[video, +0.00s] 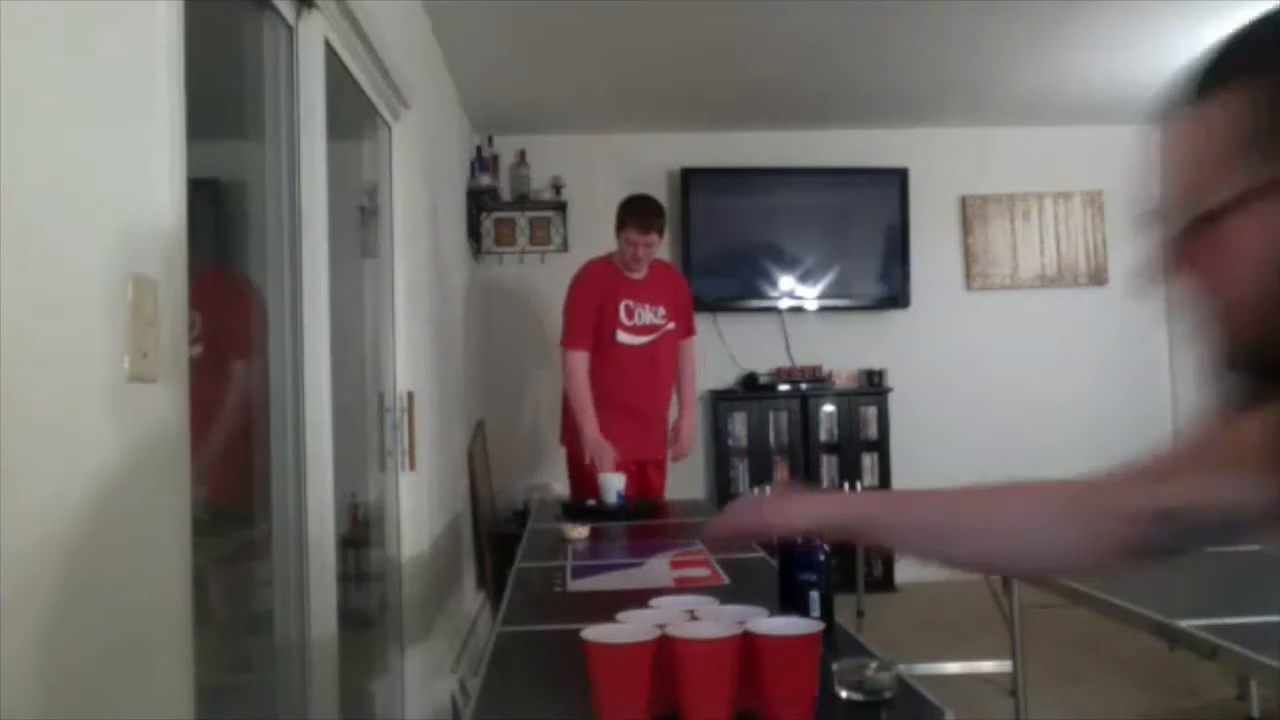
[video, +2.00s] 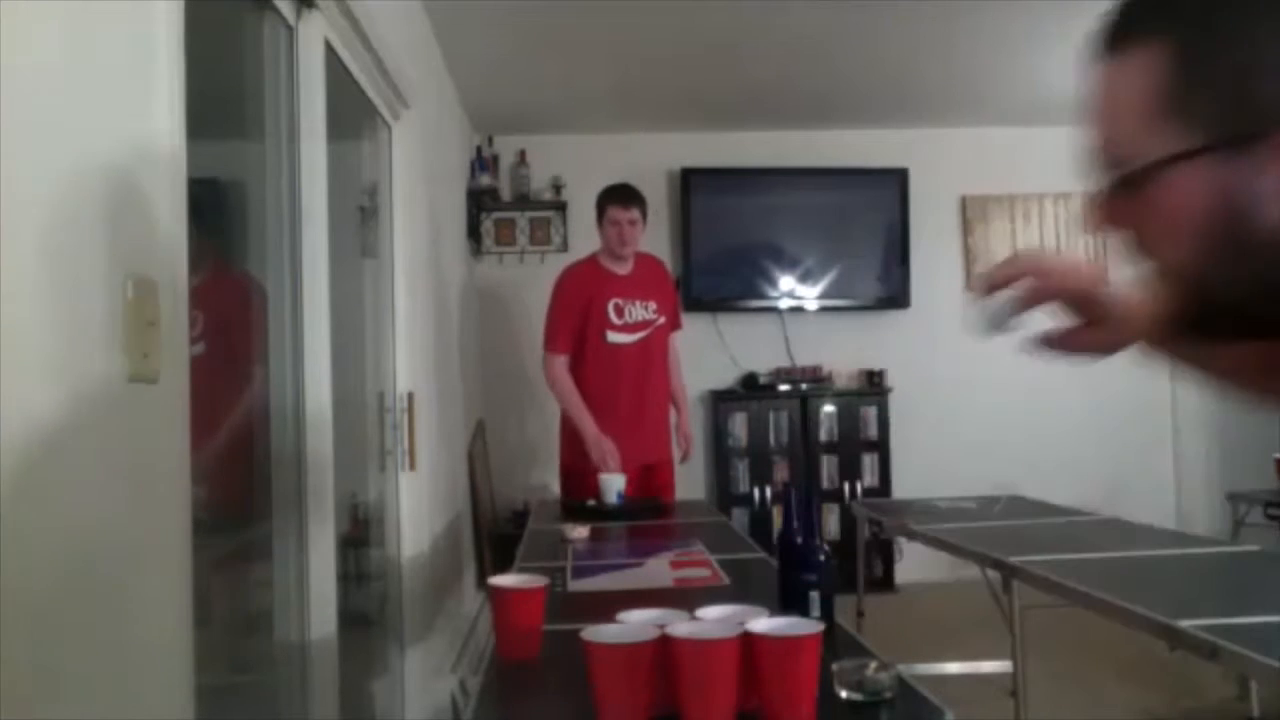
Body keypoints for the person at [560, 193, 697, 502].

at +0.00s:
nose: (640, 254)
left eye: (648, 245)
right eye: (631, 244)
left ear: (660, 241)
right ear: (618, 237)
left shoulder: (672, 281)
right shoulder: (592, 279)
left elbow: (685, 349)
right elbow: (575, 361)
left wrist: (685, 419)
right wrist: (591, 436)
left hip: (650, 439)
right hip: (600, 440)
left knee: (649, 540)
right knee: (603, 544)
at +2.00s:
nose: (624, 233)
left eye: (632, 224)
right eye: (614, 224)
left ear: (643, 227)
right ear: (600, 227)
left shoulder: (658, 274)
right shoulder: (576, 280)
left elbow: (668, 348)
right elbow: (555, 366)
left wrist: (682, 415)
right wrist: (592, 437)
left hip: (653, 447)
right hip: (594, 451)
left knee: (656, 547)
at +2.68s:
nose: (624, 229)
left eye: (632, 220)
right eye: (614, 220)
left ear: (643, 225)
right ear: (599, 224)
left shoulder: (657, 272)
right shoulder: (576, 278)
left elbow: (668, 348)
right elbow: (566, 362)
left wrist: (681, 412)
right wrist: (603, 377)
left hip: (648, 439)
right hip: (593, 443)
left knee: (648, 541)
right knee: (594, 542)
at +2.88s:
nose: (623, 229)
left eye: (632, 220)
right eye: (614, 220)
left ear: (644, 225)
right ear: (599, 224)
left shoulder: (655, 271)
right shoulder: (577, 277)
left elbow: (667, 346)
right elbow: (570, 351)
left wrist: (680, 412)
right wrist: (606, 326)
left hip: (646, 433)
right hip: (593, 436)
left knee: (648, 540)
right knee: (594, 541)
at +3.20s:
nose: (623, 228)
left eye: (632, 218)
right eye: (614, 219)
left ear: (644, 224)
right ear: (600, 223)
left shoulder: (655, 270)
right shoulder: (580, 273)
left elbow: (668, 346)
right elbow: (582, 332)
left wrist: (682, 410)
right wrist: (609, 265)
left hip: (647, 436)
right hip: (594, 437)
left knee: (648, 543)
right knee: (594, 548)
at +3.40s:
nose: (625, 219)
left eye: (633, 210)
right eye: (618, 211)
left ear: (646, 217)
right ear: (605, 216)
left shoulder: (655, 263)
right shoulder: (584, 263)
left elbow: (670, 341)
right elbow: (594, 290)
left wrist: (687, 407)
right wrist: (609, 206)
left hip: (650, 434)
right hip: (598, 435)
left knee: (650, 544)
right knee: (595, 545)